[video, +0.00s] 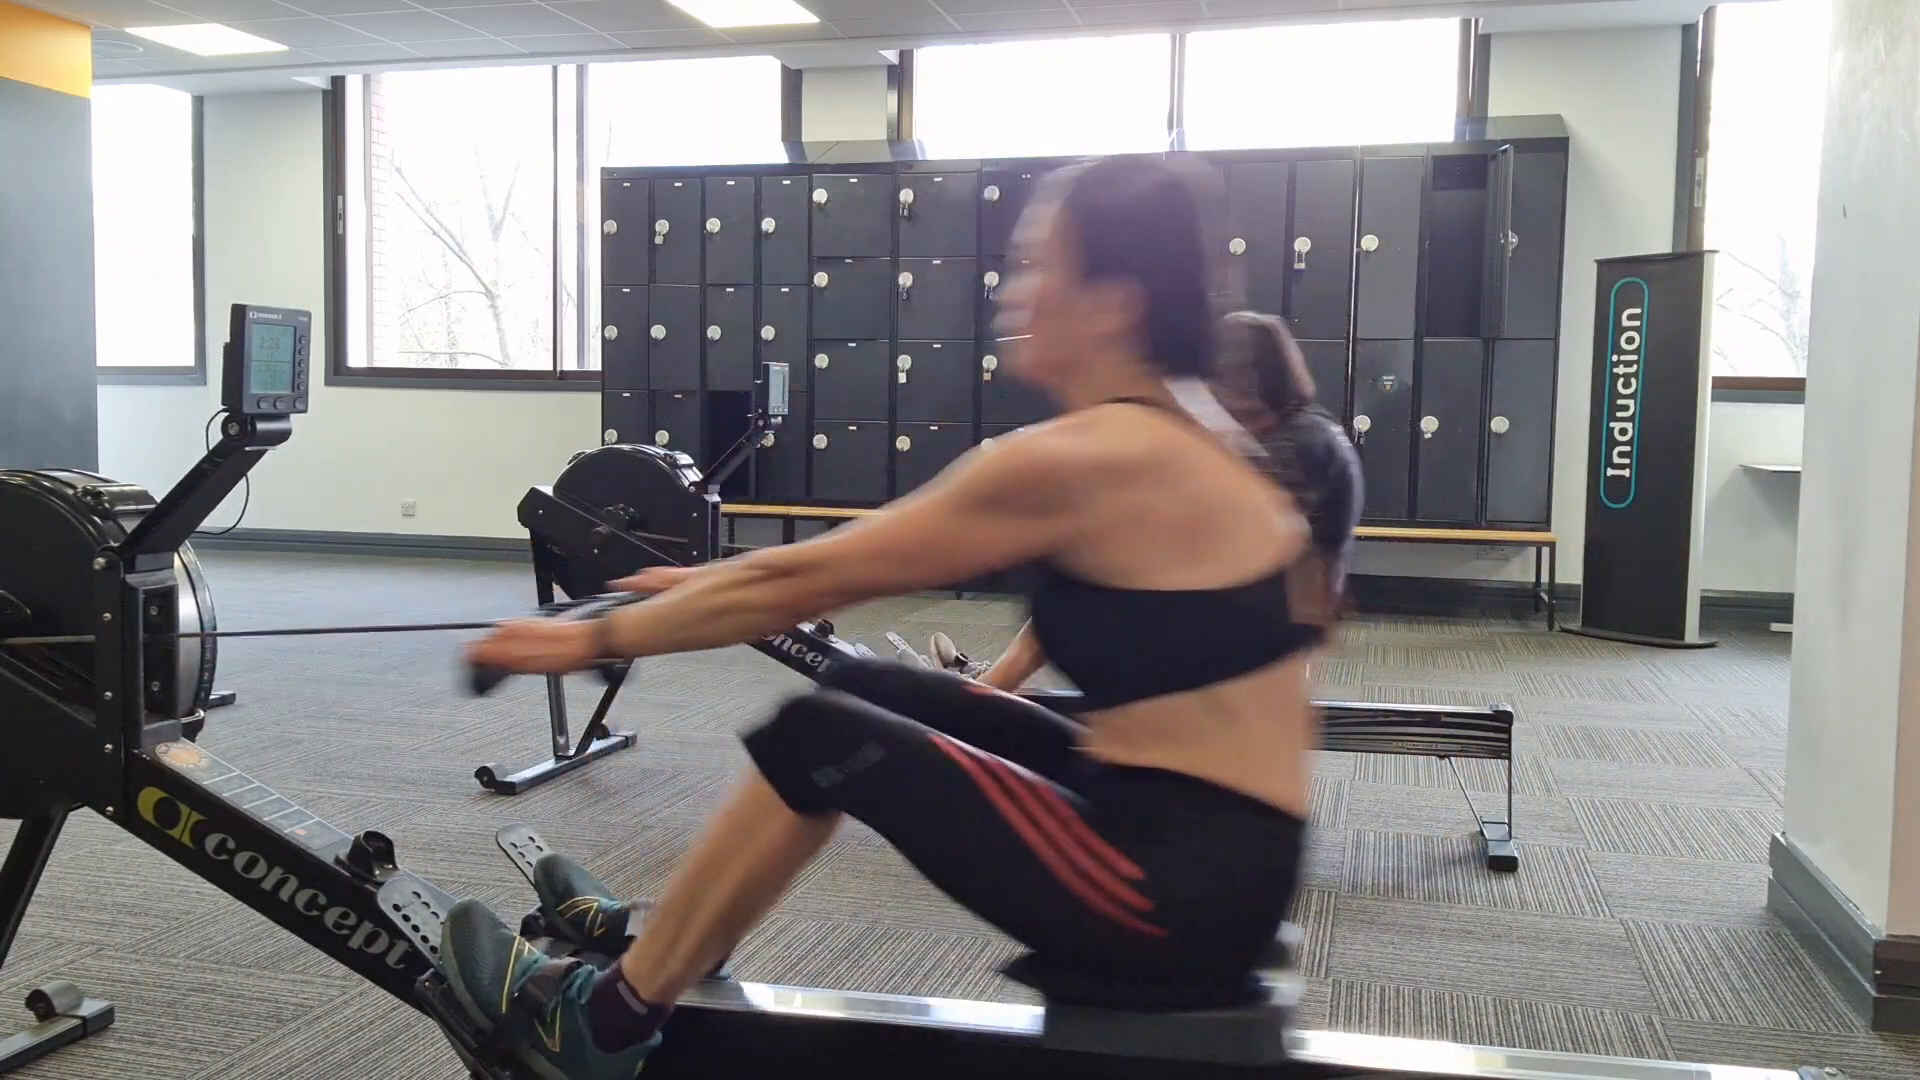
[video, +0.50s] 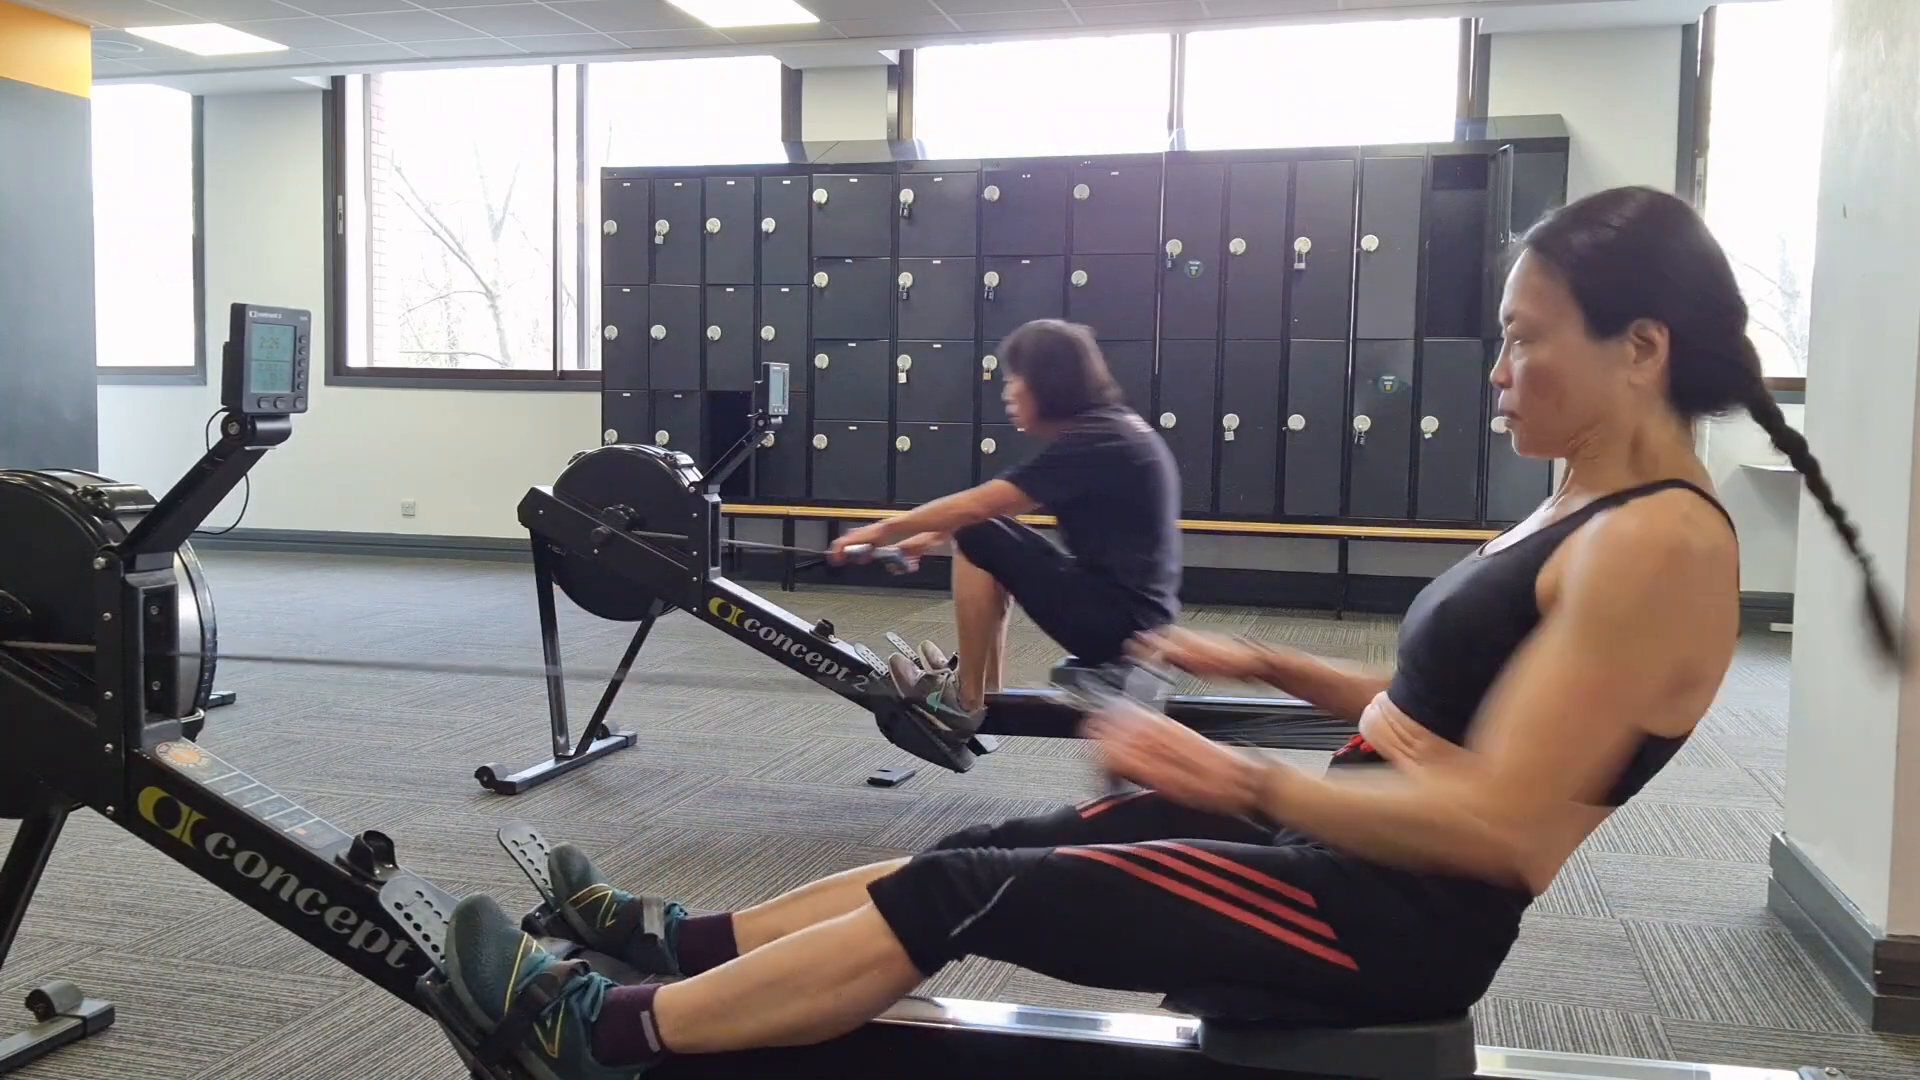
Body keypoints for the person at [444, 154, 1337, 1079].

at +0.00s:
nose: (1006, 297)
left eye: (1031, 273)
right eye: (1014, 271)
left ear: (1116, 303)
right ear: (1121, 307)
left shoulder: (1080, 460)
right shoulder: (1173, 437)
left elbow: (816, 580)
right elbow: (888, 556)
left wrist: (589, 637)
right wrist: (726, 579)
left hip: (1169, 883)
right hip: (1206, 841)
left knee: (825, 728)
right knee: (851, 690)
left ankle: (614, 1013)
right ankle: (665, 963)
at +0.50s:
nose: (1499, 371)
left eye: (1525, 337)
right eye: (1503, 339)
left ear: (1641, 349)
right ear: (1628, 355)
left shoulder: (1657, 539)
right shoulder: (1598, 514)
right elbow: (1421, 724)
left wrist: (1238, 784)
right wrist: (1251, 669)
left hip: (1383, 929)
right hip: (1336, 860)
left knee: (963, 888)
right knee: (967, 839)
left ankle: (617, 1032)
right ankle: (690, 955)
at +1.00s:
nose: (1208, 296)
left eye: (1236, 263)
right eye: (1213, 266)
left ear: (1334, 280)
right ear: (1319, 284)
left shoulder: (1350, 469)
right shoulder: (1347, 453)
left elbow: (1179, 743)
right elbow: (1253, 628)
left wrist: (972, 669)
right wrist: (1084, 571)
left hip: (1290, 910)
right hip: (1273, 868)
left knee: (913, 786)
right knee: (923, 747)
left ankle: (640, 1025)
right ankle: (691, 975)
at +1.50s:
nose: (773, 328)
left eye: (789, 303)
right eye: (780, 303)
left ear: (859, 327)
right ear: (871, 330)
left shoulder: (855, 481)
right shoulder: (966, 451)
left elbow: (578, 665)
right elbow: (1099, 607)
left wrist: (404, 762)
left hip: (983, 904)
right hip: (1054, 878)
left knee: (690, 679)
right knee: (752, 642)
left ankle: (607, 1011)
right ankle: (690, 947)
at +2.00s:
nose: (812, 314)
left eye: (832, 290)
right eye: (820, 288)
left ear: (906, 319)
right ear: (922, 321)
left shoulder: (883, 473)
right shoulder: (1005, 443)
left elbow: (602, 583)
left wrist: (411, 649)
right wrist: (672, 575)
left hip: (1005, 891)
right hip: (1076, 870)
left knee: (716, 661)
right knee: (765, 643)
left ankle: (605, 998)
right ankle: (684, 949)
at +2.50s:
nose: (1420, 324)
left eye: (1450, 295)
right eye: (1427, 292)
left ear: (1556, 317)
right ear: (1541, 318)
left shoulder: (1529, 488)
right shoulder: (1504, 468)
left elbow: (1242, 623)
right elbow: (1260, 574)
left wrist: (985, 672)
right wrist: (1046, 589)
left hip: (1360, 906)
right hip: (1330, 833)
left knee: (966, 864)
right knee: (972, 825)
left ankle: (603, 1031)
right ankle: (681, 948)